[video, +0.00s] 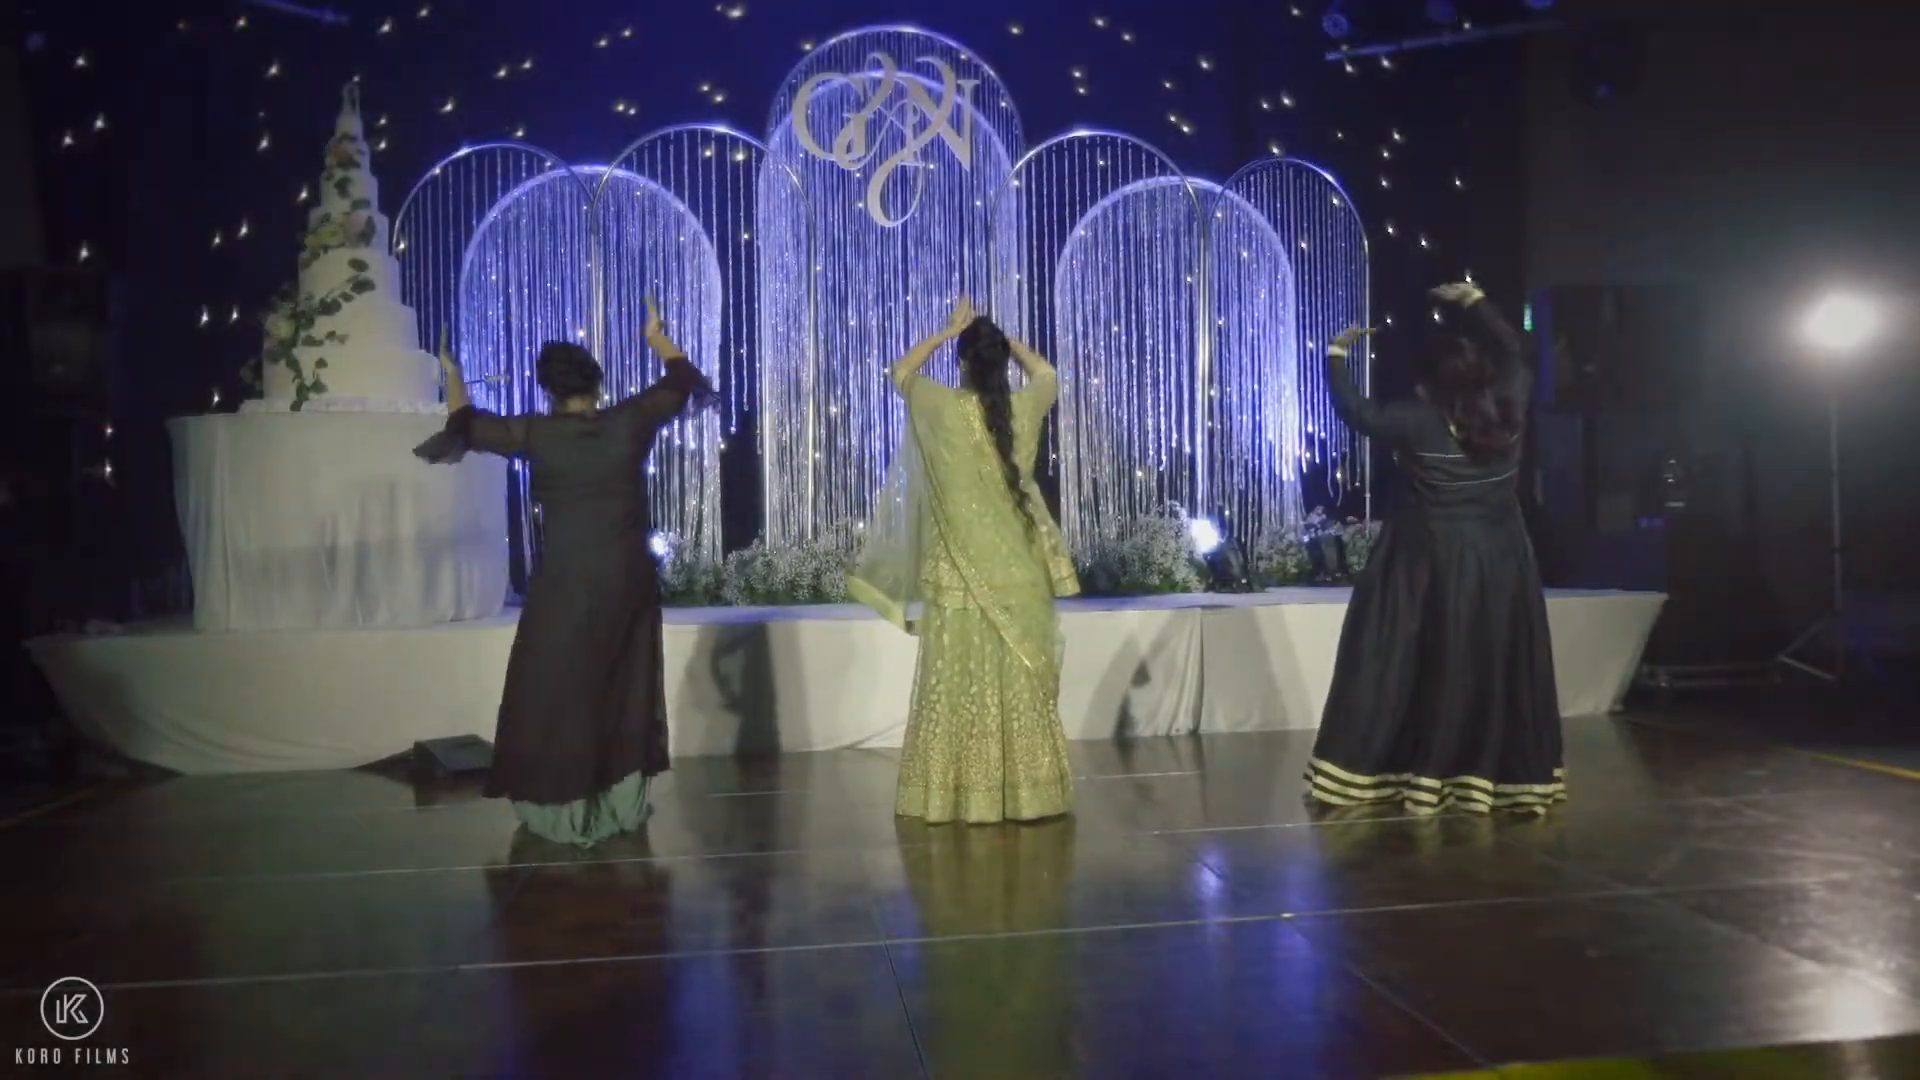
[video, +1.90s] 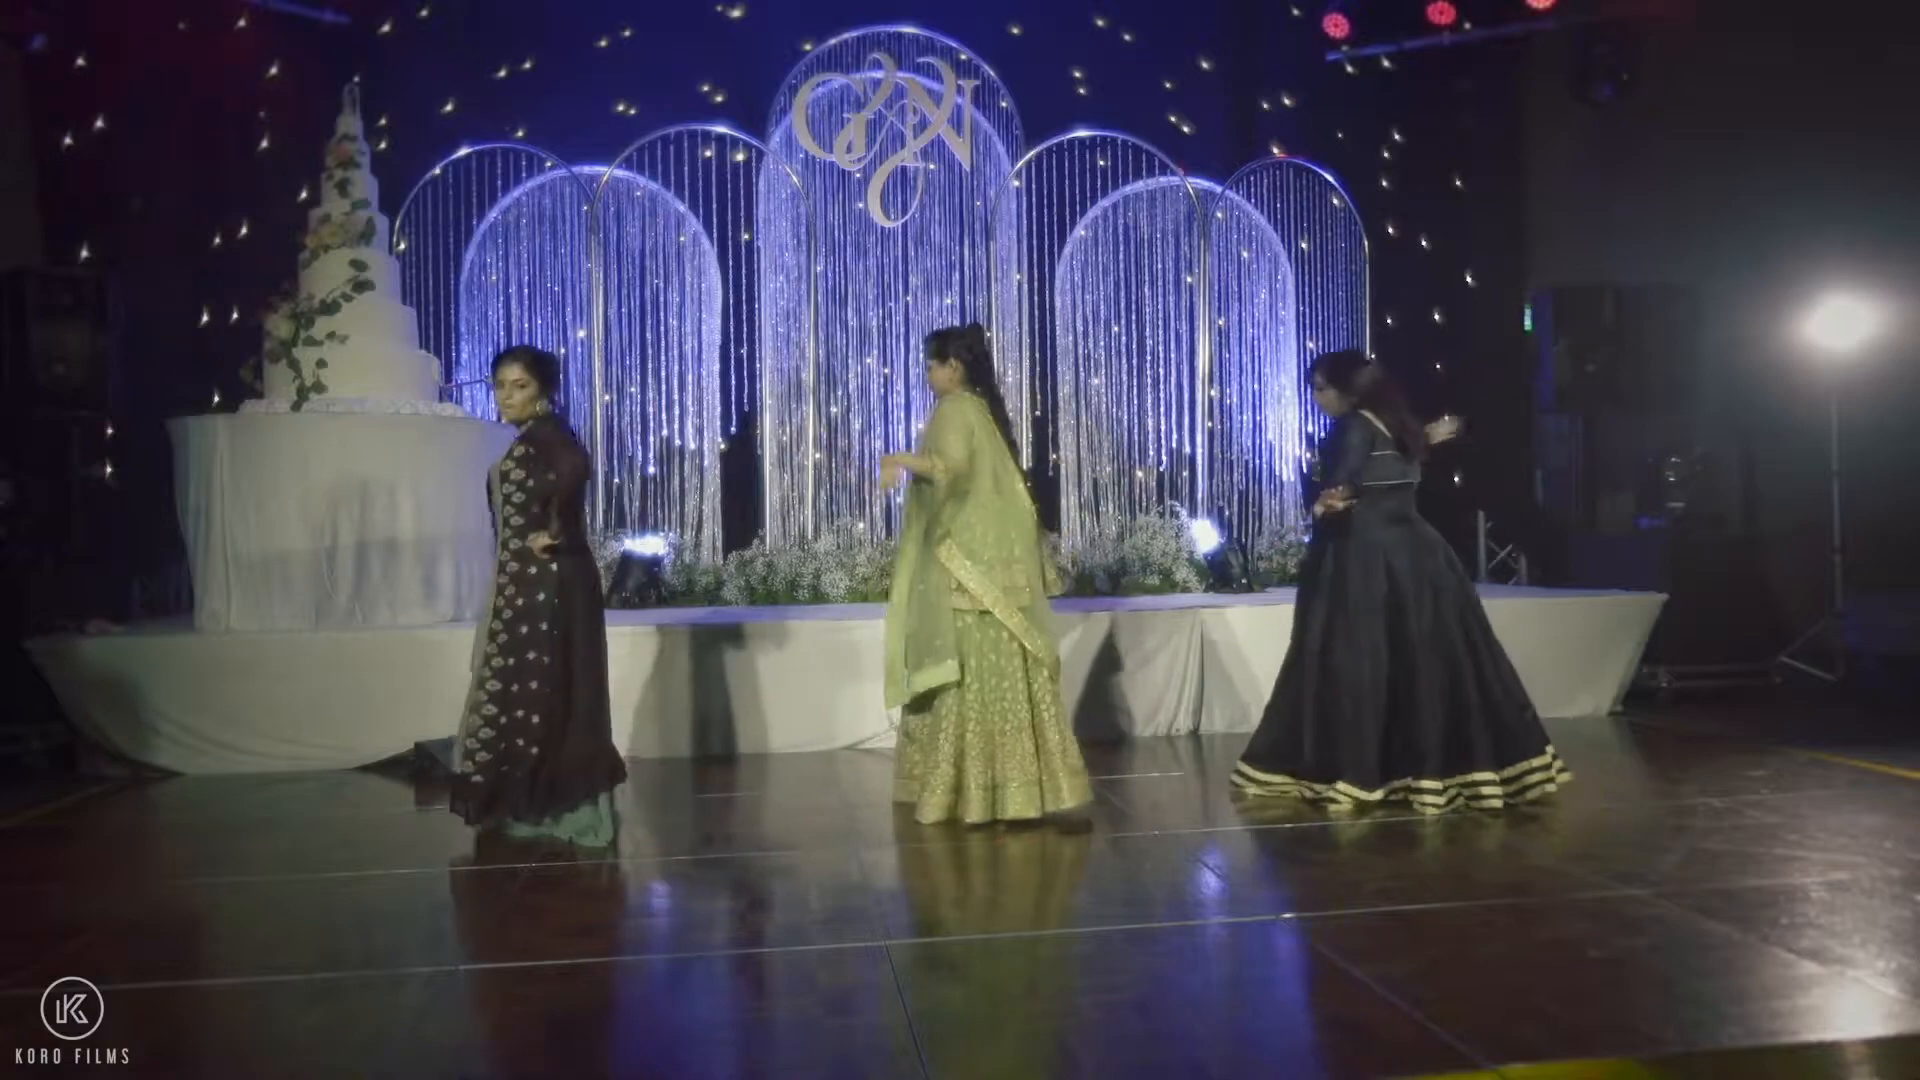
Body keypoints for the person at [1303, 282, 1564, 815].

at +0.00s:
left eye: (1435, 359)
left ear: (1430, 372)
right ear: (1486, 369)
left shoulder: (1414, 421)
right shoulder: (1508, 408)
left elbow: (1356, 410)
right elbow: (1510, 351)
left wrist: (1337, 359)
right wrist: (1476, 301)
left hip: (1431, 546)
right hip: (1499, 545)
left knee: (1422, 659)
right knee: (1495, 661)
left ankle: (1417, 782)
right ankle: (1495, 782)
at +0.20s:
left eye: (1426, 371)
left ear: (1429, 379)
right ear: (1481, 371)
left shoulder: (1418, 425)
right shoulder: (1507, 405)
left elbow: (1353, 437)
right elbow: (1516, 348)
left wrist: (1284, 430)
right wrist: (1515, 296)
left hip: (1433, 553)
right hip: (1501, 552)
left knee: (1420, 663)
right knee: (1496, 665)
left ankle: (1419, 779)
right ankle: (1495, 781)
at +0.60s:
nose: (1397, 401)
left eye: (1401, 393)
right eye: (1397, 393)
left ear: (1417, 392)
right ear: (1461, 379)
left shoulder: (1413, 438)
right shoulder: (1493, 410)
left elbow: (1374, 492)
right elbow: (1513, 344)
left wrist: (1311, 515)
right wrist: (1526, 281)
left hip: (1437, 565)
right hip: (1506, 558)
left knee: (1424, 667)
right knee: (1503, 667)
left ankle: (1425, 782)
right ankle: (1506, 780)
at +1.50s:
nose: (1371, 396)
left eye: (1374, 388)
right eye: (1371, 387)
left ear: (1392, 388)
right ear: (1430, 377)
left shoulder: (1389, 436)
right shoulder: (1475, 410)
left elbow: (1360, 497)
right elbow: (1529, 391)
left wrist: (1321, 547)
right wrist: (1562, 346)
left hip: (1416, 556)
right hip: (1482, 551)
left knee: (1414, 662)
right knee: (1486, 660)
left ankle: (1419, 781)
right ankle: (1494, 778)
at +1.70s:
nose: (1356, 396)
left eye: (1359, 387)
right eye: (1354, 387)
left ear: (1377, 385)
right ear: (1411, 376)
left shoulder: (1377, 426)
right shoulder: (1451, 416)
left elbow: (1354, 479)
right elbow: (1498, 425)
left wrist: (1321, 519)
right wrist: (1552, 420)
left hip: (1397, 555)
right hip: (1458, 550)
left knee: (1393, 662)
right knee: (1467, 659)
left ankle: (1388, 780)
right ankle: (1476, 779)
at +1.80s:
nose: (1336, 397)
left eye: (1339, 388)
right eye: (1335, 388)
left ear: (1362, 386)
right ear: (1386, 383)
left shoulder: (1369, 424)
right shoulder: (1424, 420)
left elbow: (1352, 468)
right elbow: (1458, 428)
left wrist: (1331, 497)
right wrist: (1496, 422)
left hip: (1386, 549)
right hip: (1438, 545)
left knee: (1379, 660)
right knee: (1445, 658)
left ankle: (1376, 774)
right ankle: (1453, 772)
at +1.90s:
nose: (1316, 400)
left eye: (1320, 390)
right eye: (1315, 390)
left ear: (1344, 388)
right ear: (1359, 385)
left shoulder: (1355, 425)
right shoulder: (1395, 423)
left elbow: (1340, 481)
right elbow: (1406, 450)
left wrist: (1324, 497)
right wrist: (1435, 434)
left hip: (1368, 550)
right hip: (1411, 546)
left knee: (1361, 660)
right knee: (1418, 657)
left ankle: (1364, 771)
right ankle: (1428, 769)